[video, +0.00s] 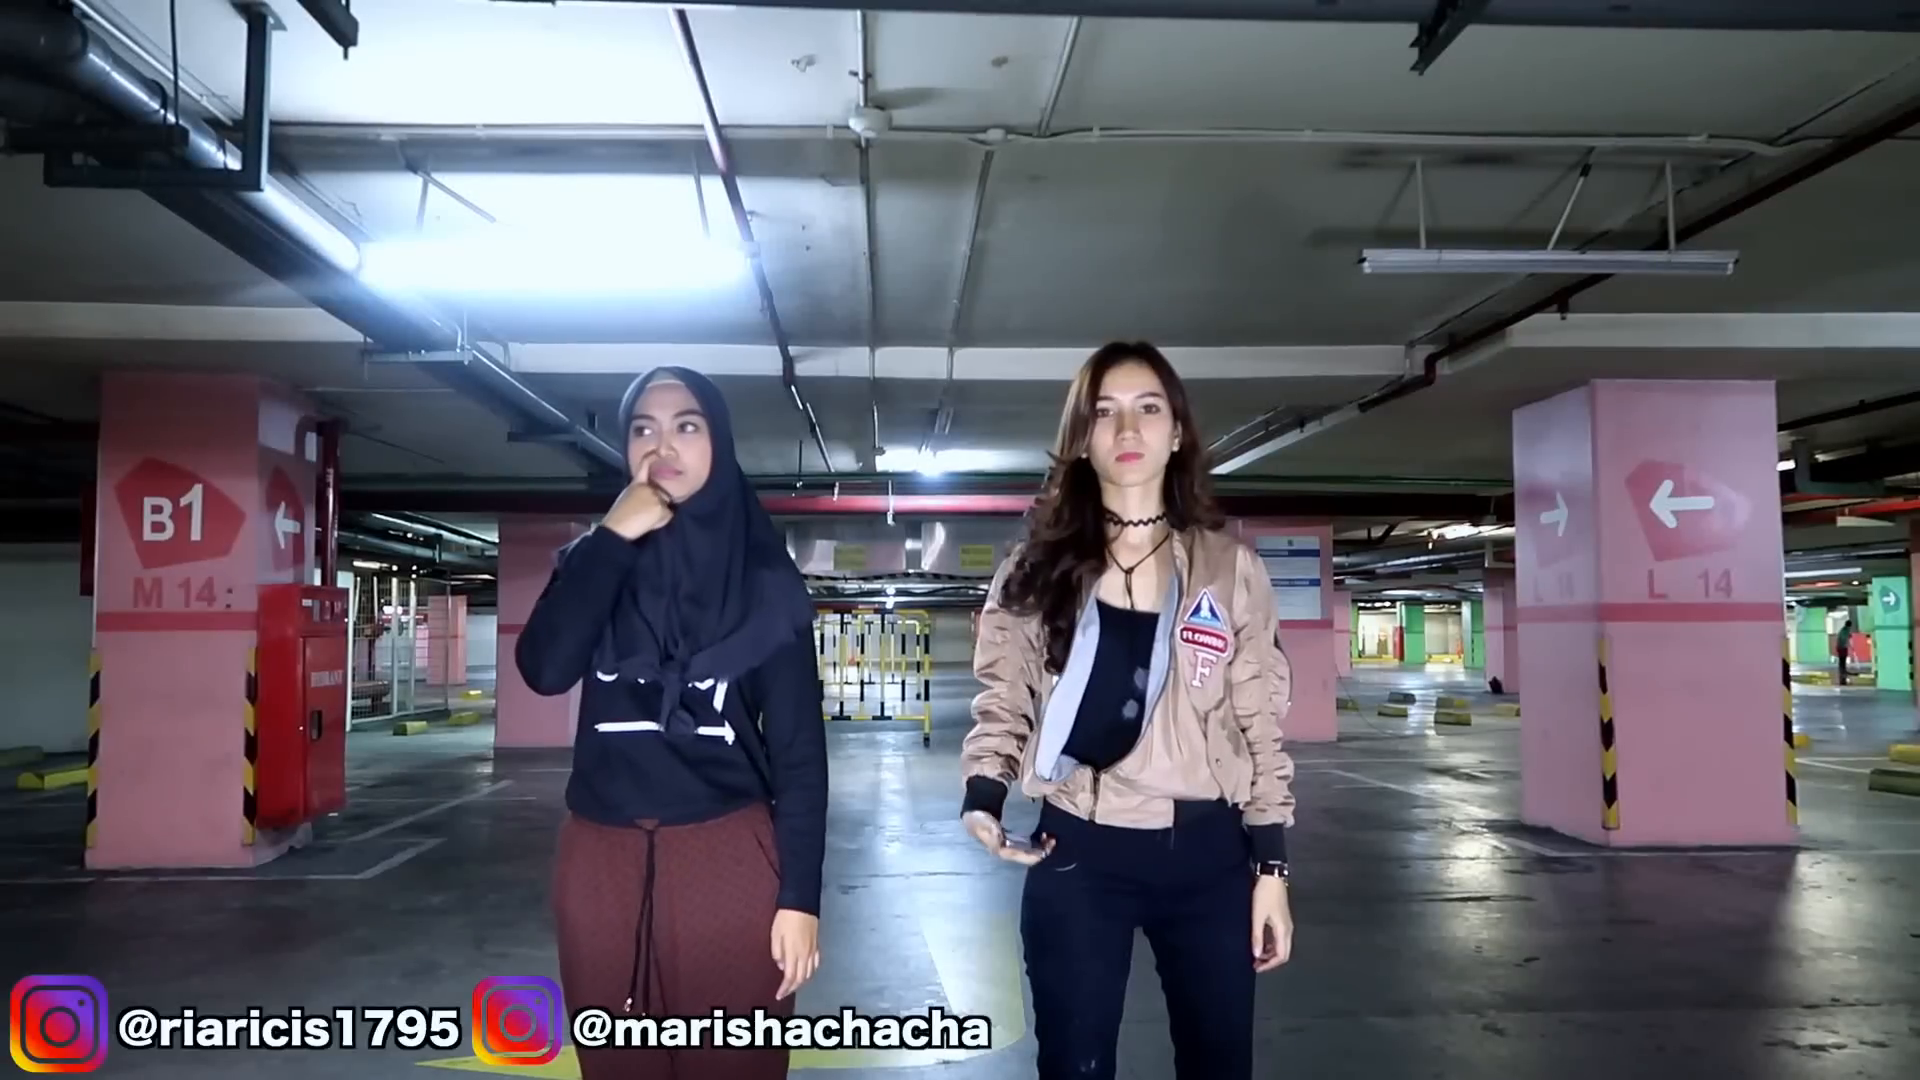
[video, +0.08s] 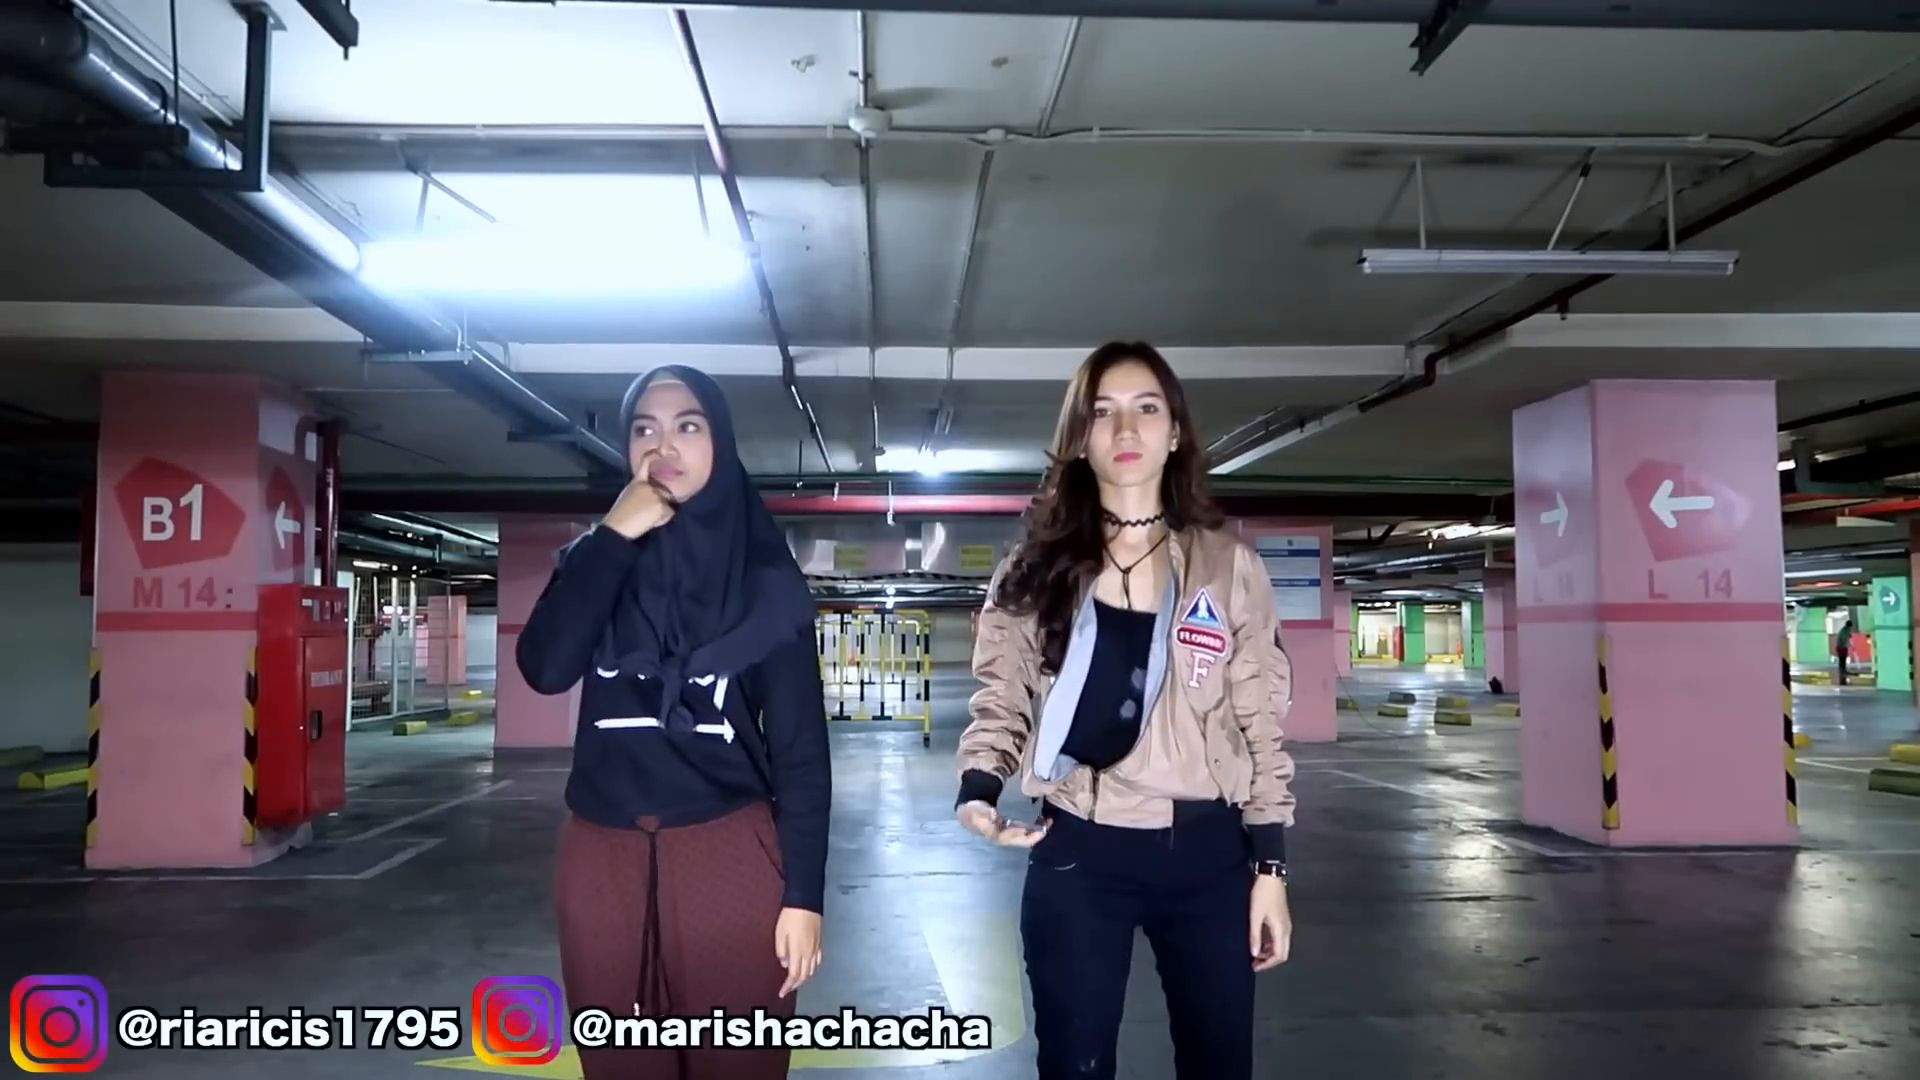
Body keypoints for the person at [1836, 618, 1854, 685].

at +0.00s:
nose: (1850, 627)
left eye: (1850, 625)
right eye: (1850, 625)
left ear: (1845, 624)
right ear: (1850, 625)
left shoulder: (1843, 630)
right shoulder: (1846, 631)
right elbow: (1848, 642)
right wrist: (1852, 650)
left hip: (1840, 650)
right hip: (1843, 650)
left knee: (1842, 666)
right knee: (1843, 666)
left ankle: (1842, 679)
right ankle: (1843, 680)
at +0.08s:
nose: (1850, 627)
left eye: (1850, 626)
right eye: (1850, 626)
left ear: (1846, 624)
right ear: (1850, 625)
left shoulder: (1844, 630)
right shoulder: (1846, 631)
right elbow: (1846, 642)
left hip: (1841, 649)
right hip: (1843, 649)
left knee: (1842, 666)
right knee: (1843, 666)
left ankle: (1842, 679)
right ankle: (1843, 680)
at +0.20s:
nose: (1851, 627)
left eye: (1851, 625)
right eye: (1851, 625)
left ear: (1847, 624)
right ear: (1851, 625)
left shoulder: (1844, 629)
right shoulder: (1847, 630)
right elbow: (1848, 640)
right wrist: (1853, 647)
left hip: (1840, 648)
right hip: (1843, 648)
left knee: (1841, 665)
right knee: (1843, 665)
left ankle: (1842, 679)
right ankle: (1843, 679)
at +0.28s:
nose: (1851, 627)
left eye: (1851, 625)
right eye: (1851, 625)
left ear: (1847, 624)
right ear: (1851, 625)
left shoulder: (1844, 630)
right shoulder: (1847, 630)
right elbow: (1848, 641)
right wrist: (1854, 648)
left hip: (1840, 648)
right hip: (1844, 648)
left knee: (1842, 665)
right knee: (1843, 665)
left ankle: (1842, 679)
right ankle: (1843, 679)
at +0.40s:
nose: (1852, 628)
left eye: (1852, 626)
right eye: (1852, 627)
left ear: (1848, 625)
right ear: (1852, 626)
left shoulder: (1845, 630)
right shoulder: (1848, 631)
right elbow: (1849, 639)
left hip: (1840, 647)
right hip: (1846, 647)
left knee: (1840, 660)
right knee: (1848, 659)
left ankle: (1841, 671)